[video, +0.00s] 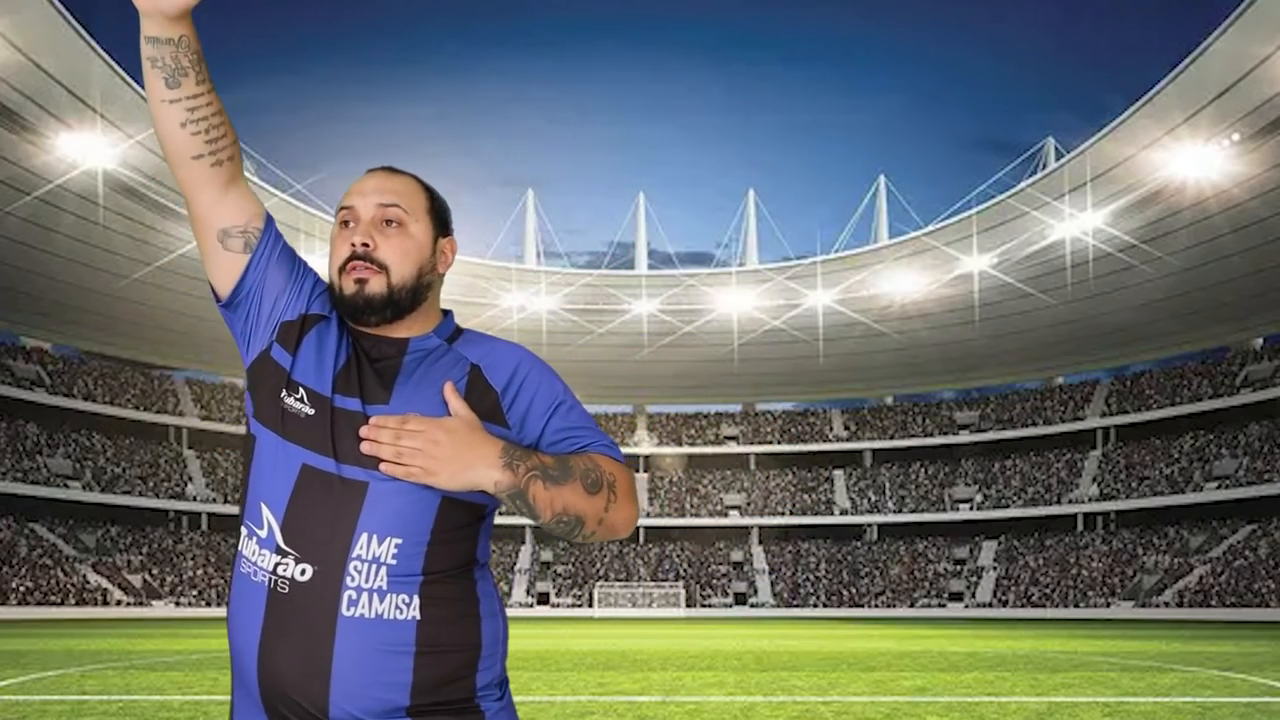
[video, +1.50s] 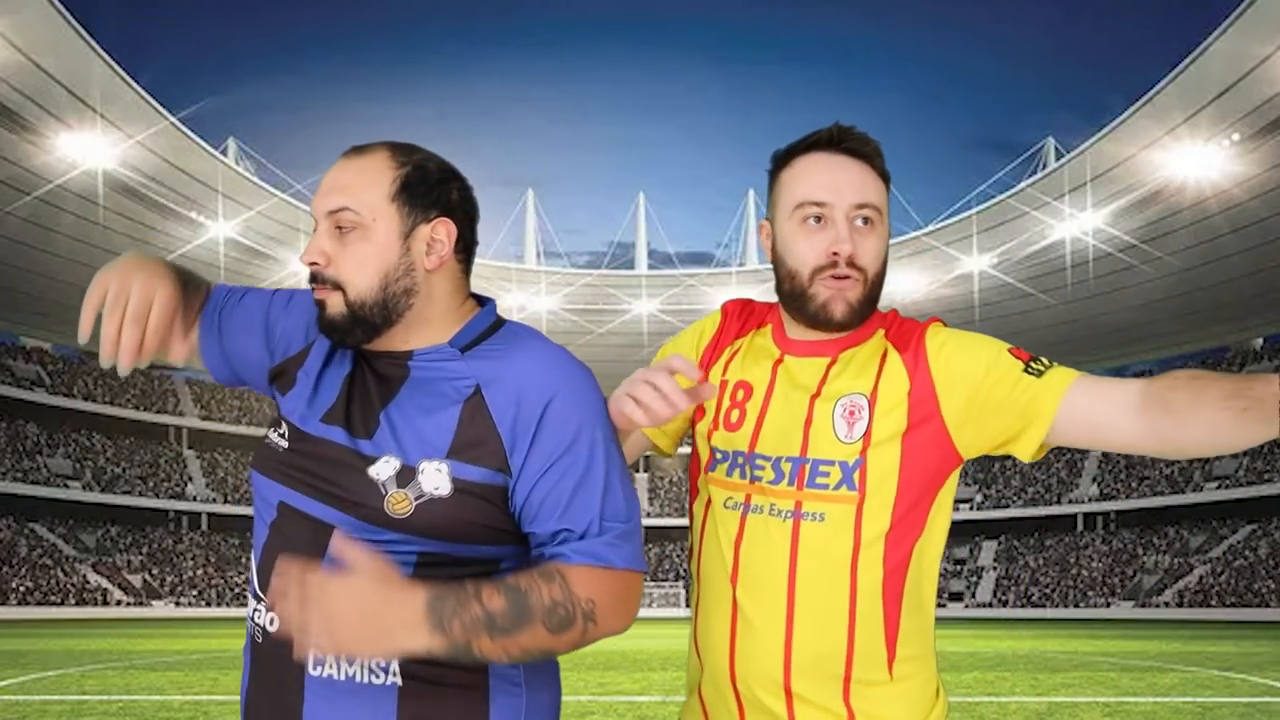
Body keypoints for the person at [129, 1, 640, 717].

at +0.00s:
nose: (359, 235)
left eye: (391, 220)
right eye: (347, 221)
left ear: (443, 254)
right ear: (328, 245)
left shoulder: (501, 374)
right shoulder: (284, 322)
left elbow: (618, 507)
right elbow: (212, 177)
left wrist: (496, 465)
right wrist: (164, 20)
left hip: (443, 708)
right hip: (269, 706)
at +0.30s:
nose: (350, 237)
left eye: (382, 220)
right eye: (337, 223)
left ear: (438, 252)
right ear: (320, 251)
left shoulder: (505, 367)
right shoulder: (291, 331)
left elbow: (632, 492)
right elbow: (217, 158)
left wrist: (494, 455)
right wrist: (153, 2)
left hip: (452, 707)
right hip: (277, 705)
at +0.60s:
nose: (376, 225)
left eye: (410, 208)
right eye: (363, 211)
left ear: (469, 245)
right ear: (348, 243)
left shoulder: (541, 358)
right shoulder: (309, 334)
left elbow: (683, 482)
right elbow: (174, 270)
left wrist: (545, 428)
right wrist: (181, 110)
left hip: (489, 706)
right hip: (318, 702)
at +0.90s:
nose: (350, 227)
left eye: (385, 209)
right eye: (337, 211)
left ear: (448, 247)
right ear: (322, 242)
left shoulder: (528, 367)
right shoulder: (267, 352)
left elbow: (623, 543)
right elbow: (91, 413)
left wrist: (502, 509)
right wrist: (203, 403)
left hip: (460, 704)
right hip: (286, 703)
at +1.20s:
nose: (333, 230)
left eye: (371, 211)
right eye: (321, 211)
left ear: (437, 244)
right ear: (306, 230)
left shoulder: (503, 357)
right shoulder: (272, 314)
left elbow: (575, 553)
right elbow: (140, 248)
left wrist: (431, 480)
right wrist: (130, 174)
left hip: (459, 701)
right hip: (281, 700)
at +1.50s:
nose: (311, 251)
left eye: (343, 226)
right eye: (315, 228)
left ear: (435, 244)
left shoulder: (543, 388)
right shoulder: (301, 335)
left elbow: (605, 590)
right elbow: (182, 316)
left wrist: (412, 614)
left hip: (464, 708)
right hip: (283, 703)